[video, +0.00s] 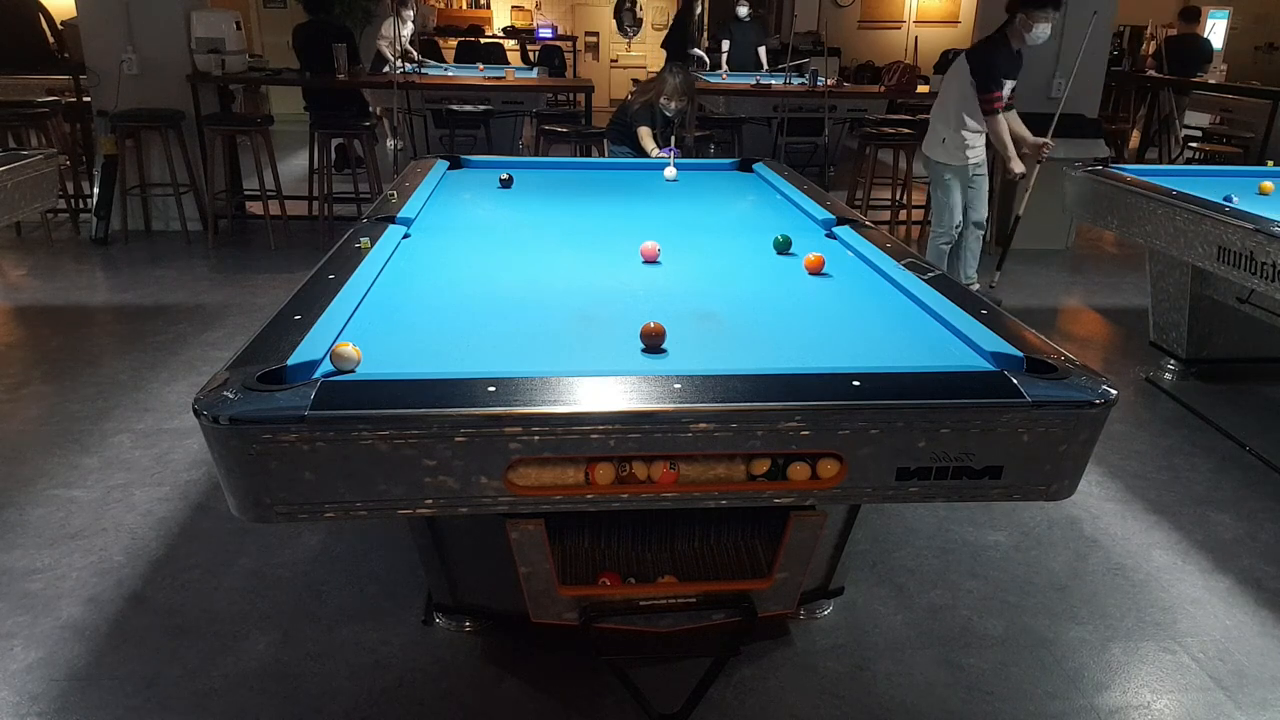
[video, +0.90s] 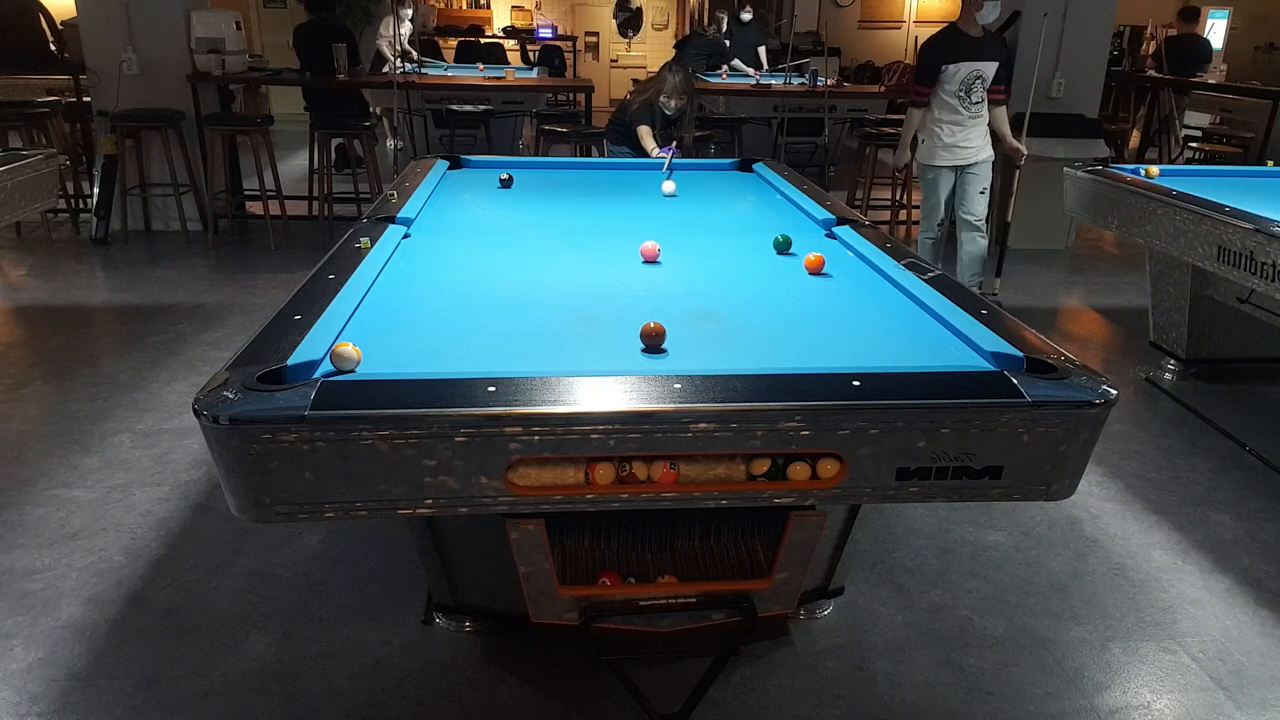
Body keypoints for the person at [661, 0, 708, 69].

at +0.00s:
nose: (700, 8)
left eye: (700, 5)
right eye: (699, 5)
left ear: (687, 5)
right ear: (694, 6)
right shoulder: (688, 19)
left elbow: (664, 45)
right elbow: (689, 48)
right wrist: (703, 55)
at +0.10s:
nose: (704, 7)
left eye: (703, 4)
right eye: (702, 4)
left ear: (688, 5)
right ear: (697, 6)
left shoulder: (681, 17)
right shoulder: (692, 20)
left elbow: (665, 44)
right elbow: (696, 50)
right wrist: (710, 61)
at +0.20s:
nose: (708, 10)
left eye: (708, 7)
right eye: (707, 7)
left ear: (694, 7)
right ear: (701, 8)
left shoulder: (684, 20)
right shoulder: (695, 24)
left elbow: (667, 43)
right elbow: (703, 51)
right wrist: (718, 65)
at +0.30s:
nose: (713, 12)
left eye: (712, 9)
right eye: (712, 9)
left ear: (697, 9)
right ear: (706, 10)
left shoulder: (687, 21)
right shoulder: (702, 25)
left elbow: (670, 42)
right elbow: (710, 50)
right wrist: (723, 63)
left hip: (672, 67)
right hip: (687, 70)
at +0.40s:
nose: (717, 16)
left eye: (717, 13)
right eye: (716, 13)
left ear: (701, 13)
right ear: (710, 14)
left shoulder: (687, 27)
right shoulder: (708, 30)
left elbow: (672, 43)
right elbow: (719, 53)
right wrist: (733, 66)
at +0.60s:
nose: (725, 24)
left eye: (725, 21)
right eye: (724, 21)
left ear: (709, 20)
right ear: (719, 22)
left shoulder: (695, 32)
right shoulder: (715, 39)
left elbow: (676, 44)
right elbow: (730, 58)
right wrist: (746, 70)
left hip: (672, 71)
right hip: (691, 75)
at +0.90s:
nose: (727, 26)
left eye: (727, 23)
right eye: (726, 23)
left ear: (709, 25)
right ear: (721, 25)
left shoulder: (696, 34)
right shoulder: (716, 41)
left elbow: (677, 45)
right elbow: (731, 60)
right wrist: (748, 70)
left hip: (672, 70)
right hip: (690, 75)